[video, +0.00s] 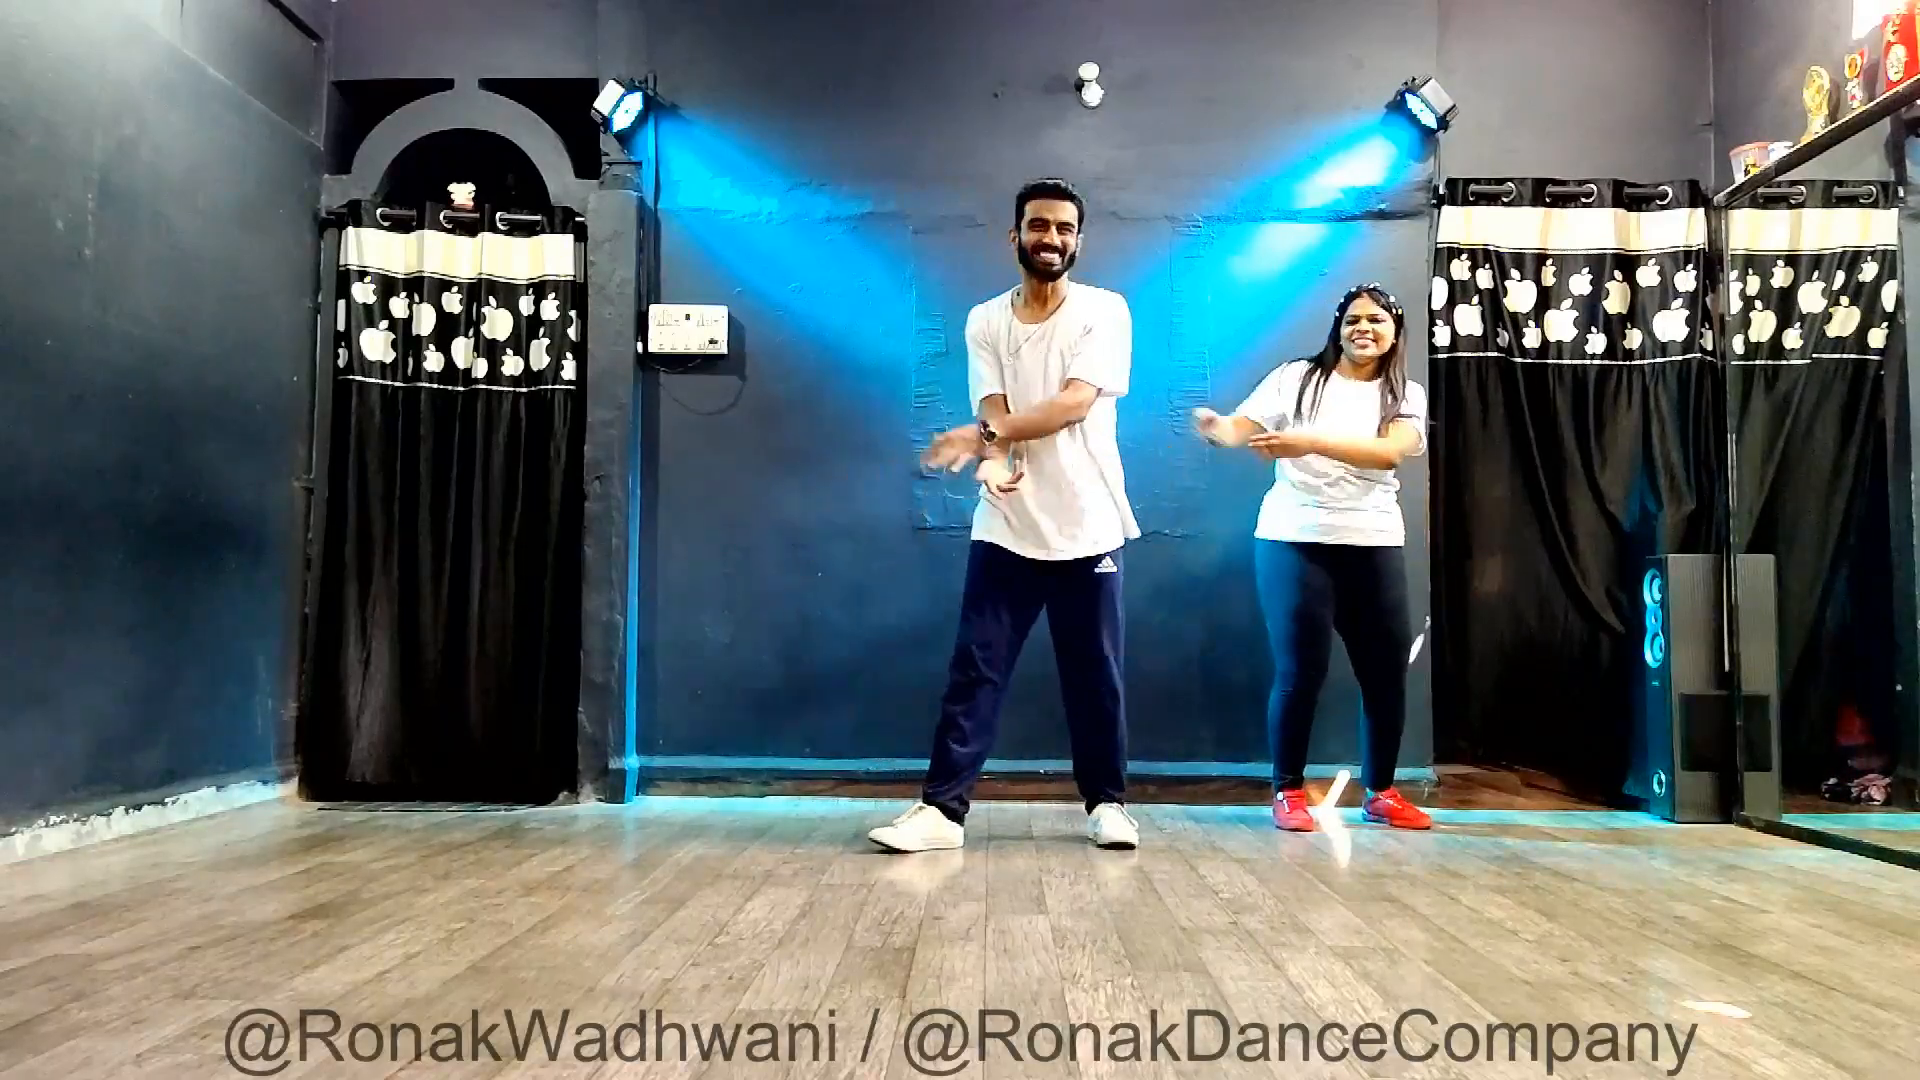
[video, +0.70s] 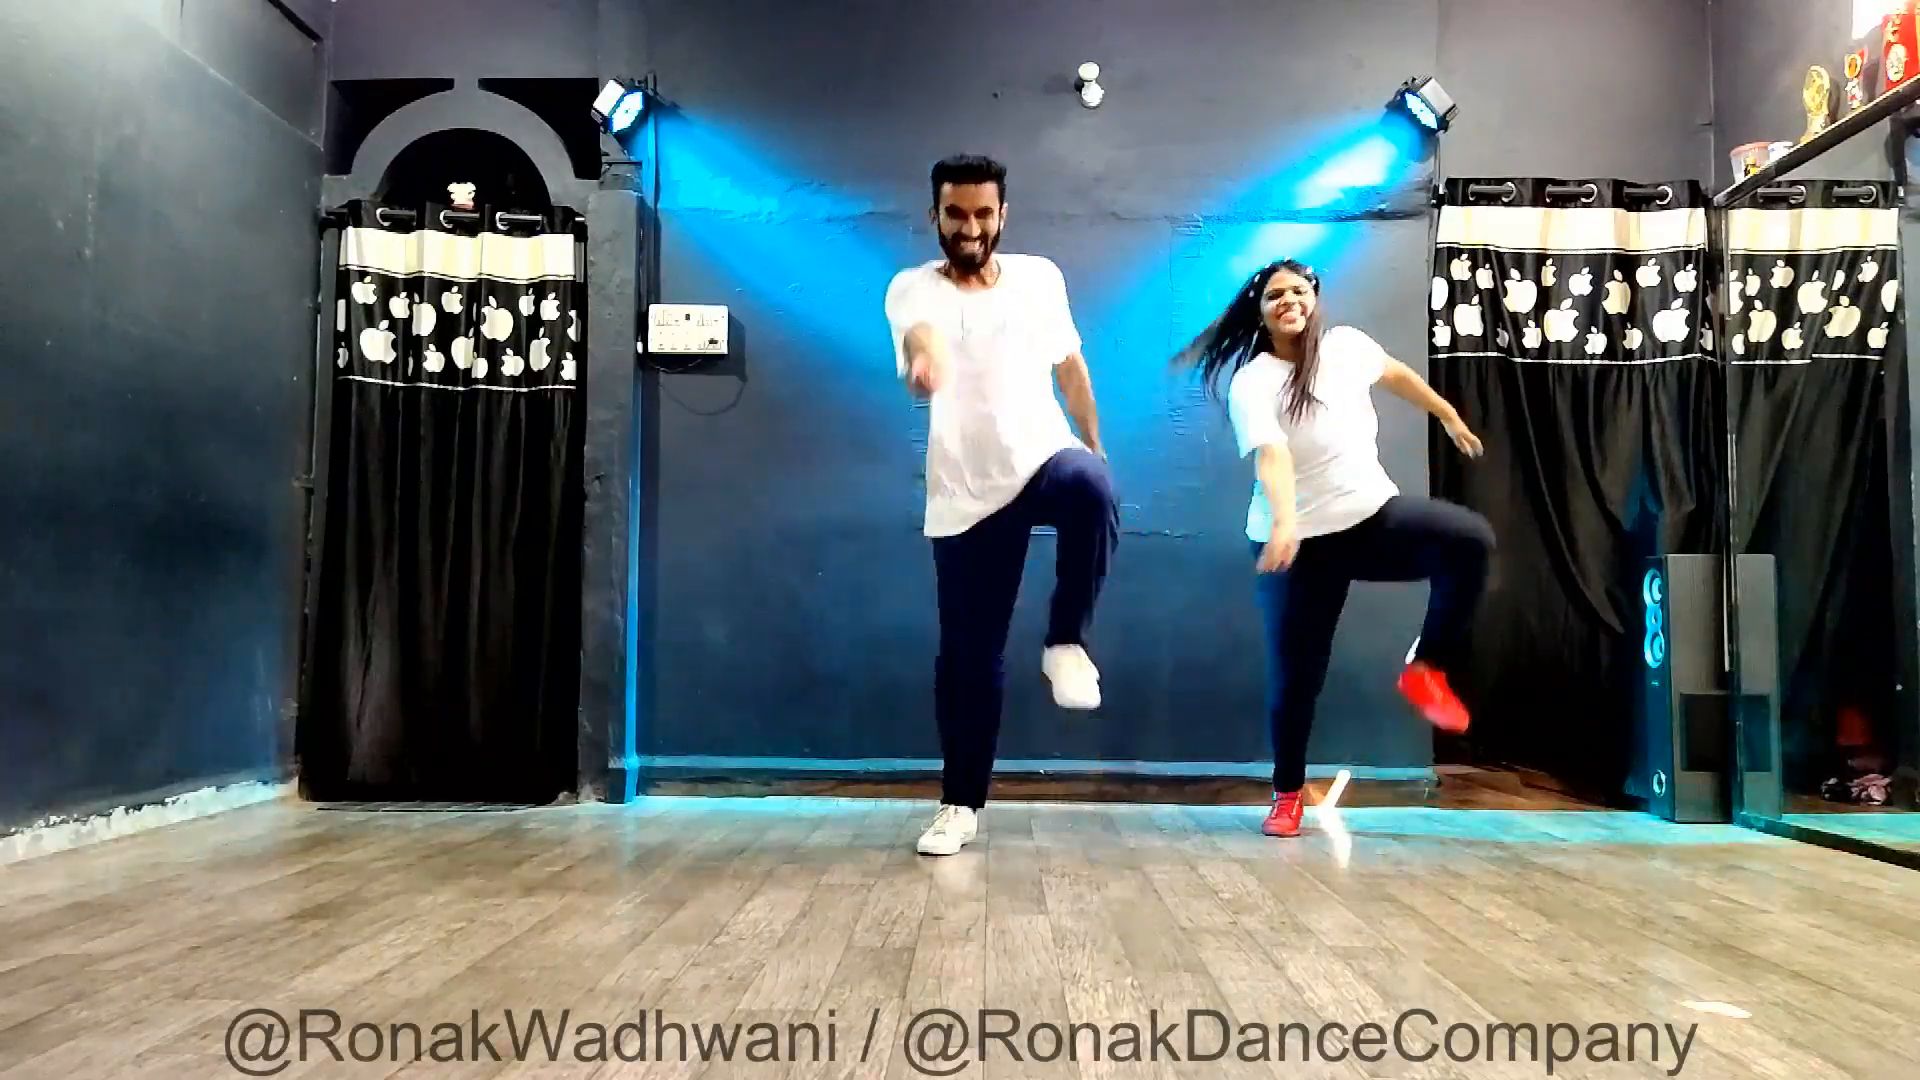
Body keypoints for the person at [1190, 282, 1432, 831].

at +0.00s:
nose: (1364, 329)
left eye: (1376, 321)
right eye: (1355, 320)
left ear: (1394, 333)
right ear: (1339, 329)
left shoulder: (1404, 391)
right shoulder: (1295, 377)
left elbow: (1392, 452)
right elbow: (1243, 428)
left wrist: (1310, 445)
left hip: (1373, 544)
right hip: (1296, 539)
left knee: (1385, 672)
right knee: (1300, 670)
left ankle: (1380, 793)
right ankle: (1289, 792)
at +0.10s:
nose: (1367, 326)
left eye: (1379, 319)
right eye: (1357, 319)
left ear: (1398, 333)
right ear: (1343, 329)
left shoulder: (1408, 386)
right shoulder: (1299, 373)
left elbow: (1392, 438)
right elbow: (1221, 400)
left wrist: (1304, 429)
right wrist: (1181, 378)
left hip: (1378, 544)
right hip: (1298, 538)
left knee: (1386, 675)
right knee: (1302, 671)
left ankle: (1381, 792)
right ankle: (1289, 793)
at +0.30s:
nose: (1324, 328)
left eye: (1336, 319)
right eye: (1313, 320)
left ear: (1359, 325)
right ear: (1302, 329)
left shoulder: (1383, 366)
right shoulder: (1286, 374)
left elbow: (1395, 425)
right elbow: (1247, 356)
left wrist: (1328, 468)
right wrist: (1213, 316)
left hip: (1385, 540)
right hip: (1306, 538)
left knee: (1392, 669)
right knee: (1299, 644)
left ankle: (1392, 791)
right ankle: (1292, 775)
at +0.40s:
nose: (1291, 348)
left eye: (1301, 337)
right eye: (1279, 341)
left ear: (1322, 339)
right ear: (1265, 349)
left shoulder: (1356, 382)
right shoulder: (1273, 397)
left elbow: (1410, 460)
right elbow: (1252, 413)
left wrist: (1401, 546)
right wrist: (1195, 401)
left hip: (1380, 547)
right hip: (1304, 544)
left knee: (1390, 677)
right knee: (1293, 655)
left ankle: (1399, 790)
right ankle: (1293, 784)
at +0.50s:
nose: (1272, 358)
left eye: (1276, 346)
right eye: (1256, 357)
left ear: (1293, 351)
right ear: (1244, 379)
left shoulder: (1352, 402)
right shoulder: (1250, 430)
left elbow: (1419, 473)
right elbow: (1232, 481)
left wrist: (1448, 550)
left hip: (1386, 562)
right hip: (1301, 566)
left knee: (1393, 684)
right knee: (1284, 676)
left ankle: (1400, 790)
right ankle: (1289, 797)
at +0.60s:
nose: (1272, 336)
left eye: (1278, 326)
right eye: (1257, 334)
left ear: (1295, 334)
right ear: (1243, 357)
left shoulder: (1345, 377)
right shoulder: (1242, 426)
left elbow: (1413, 417)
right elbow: (1236, 522)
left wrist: (1465, 468)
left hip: (1380, 543)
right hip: (1298, 561)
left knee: (1446, 632)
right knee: (1281, 669)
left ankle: (1411, 737)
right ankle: (1289, 798)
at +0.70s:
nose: (1289, 301)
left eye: (1298, 292)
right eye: (1276, 296)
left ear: (1315, 302)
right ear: (1260, 312)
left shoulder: (1347, 346)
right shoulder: (1253, 380)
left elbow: (1396, 377)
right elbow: (1270, 455)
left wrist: (1449, 415)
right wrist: (1283, 520)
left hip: (1372, 520)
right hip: (1301, 540)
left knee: (1468, 538)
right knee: (1294, 680)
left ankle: (1427, 667)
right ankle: (1288, 794)